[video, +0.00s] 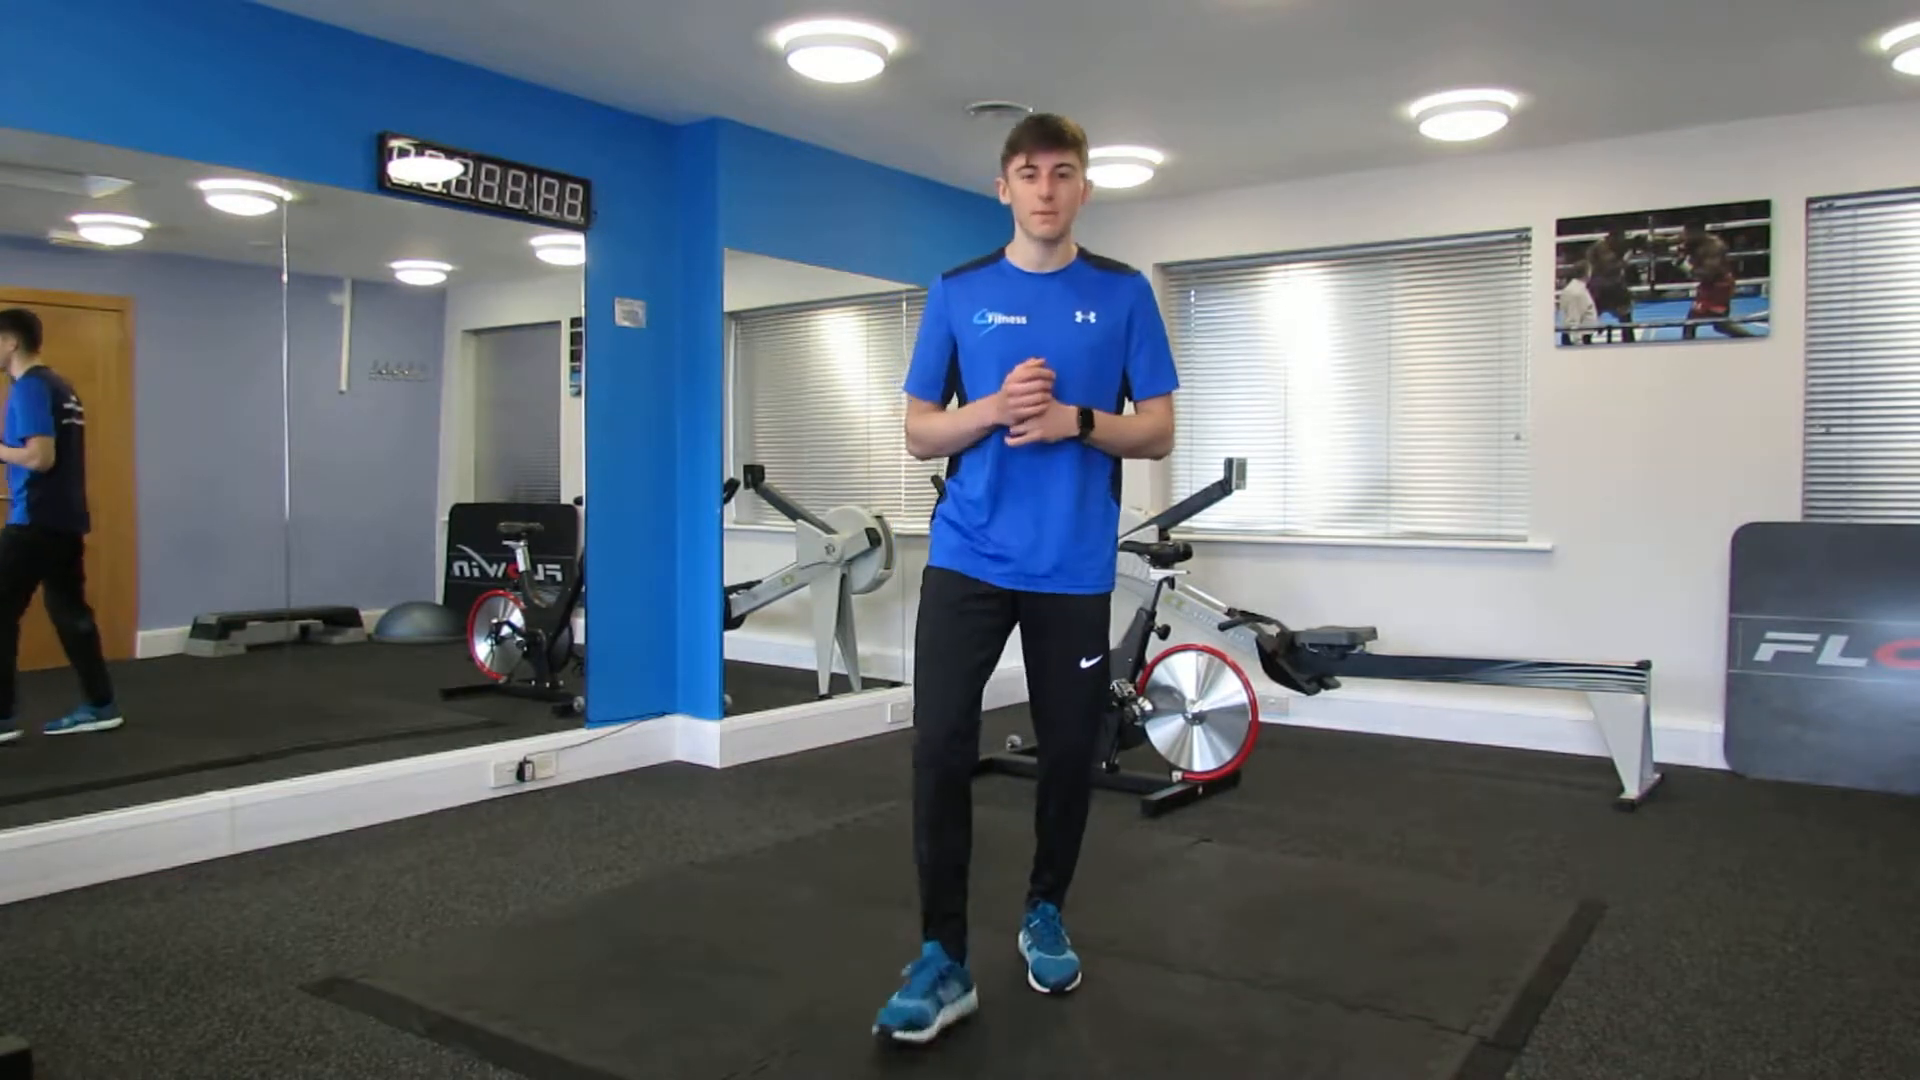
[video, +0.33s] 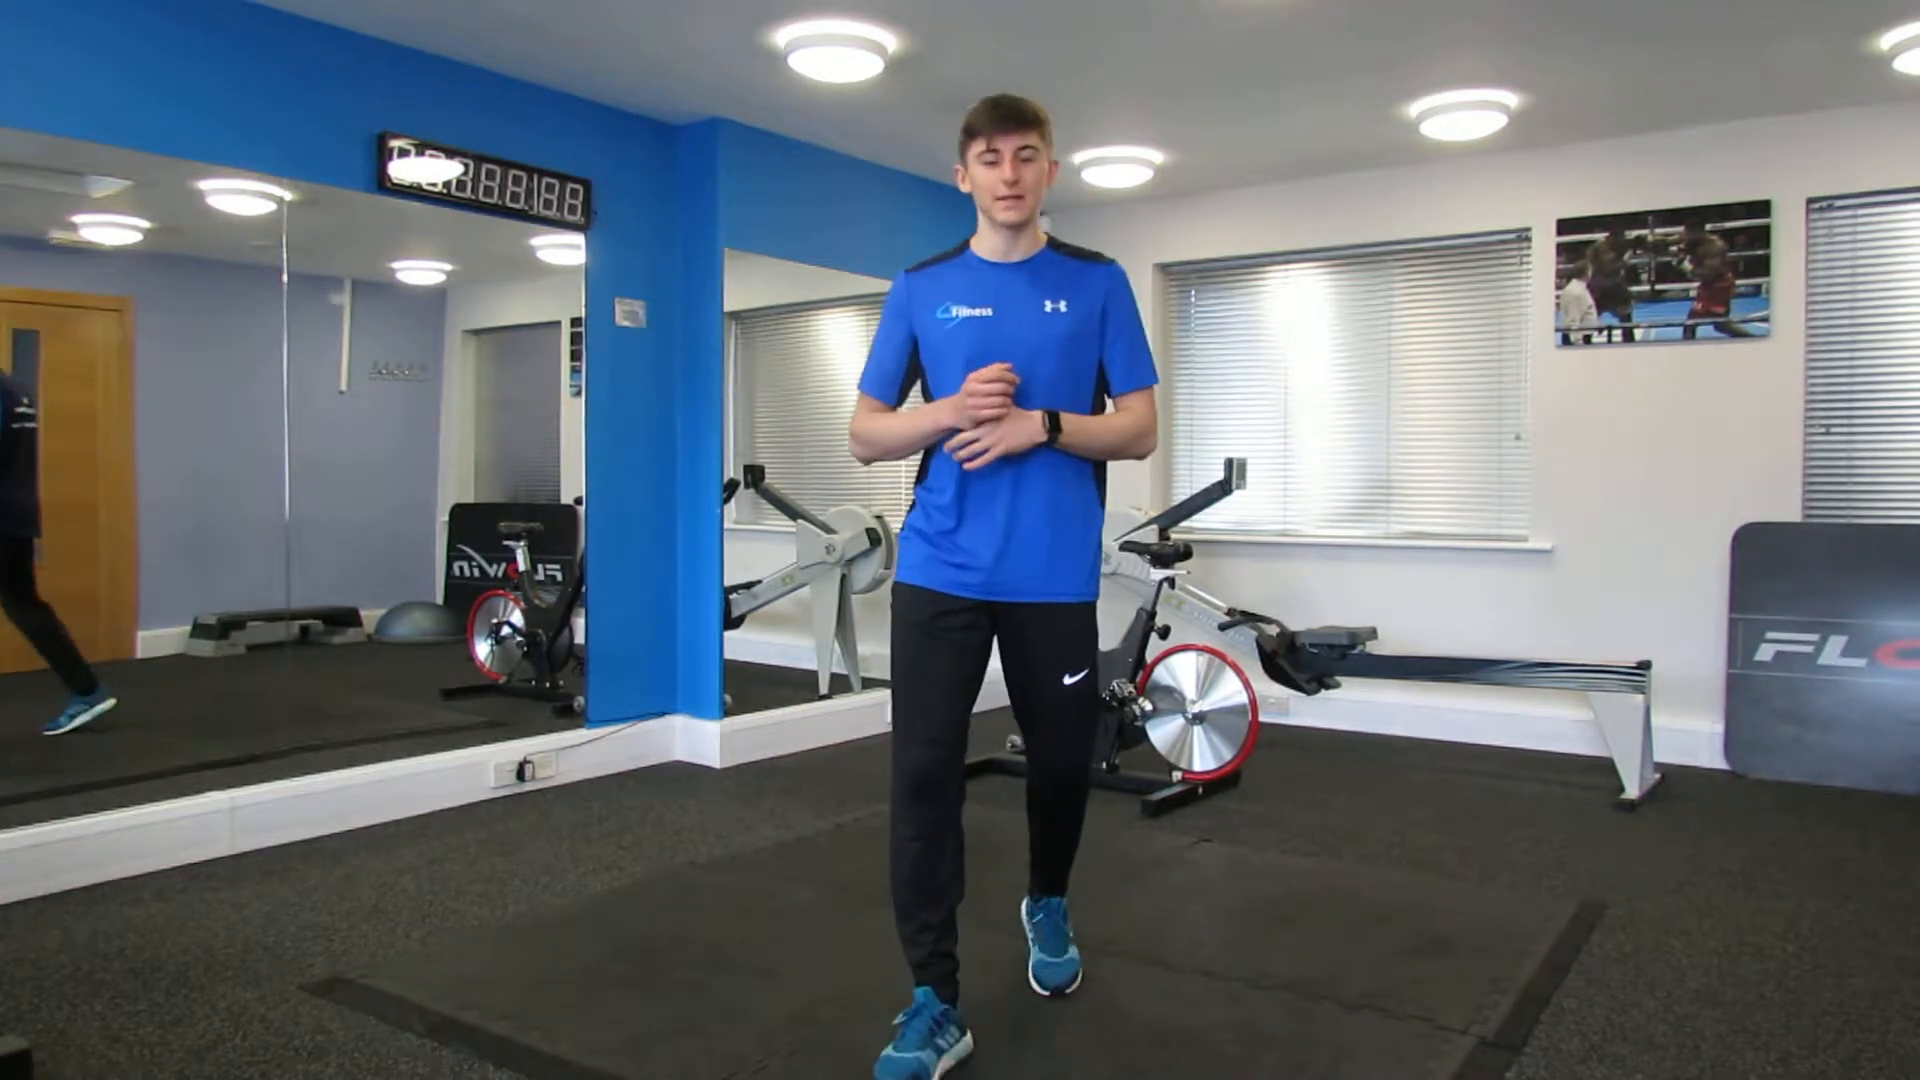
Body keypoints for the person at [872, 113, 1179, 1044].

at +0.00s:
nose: (1047, 187)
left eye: (1063, 173)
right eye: (1031, 173)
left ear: (1086, 189)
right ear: (1004, 188)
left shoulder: (1125, 295)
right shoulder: (955, 293)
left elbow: (1157, 431)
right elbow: (920, 434)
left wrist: (1079, 422)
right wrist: (995, 408)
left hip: (1073, 568)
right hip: (967, 560)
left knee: (1071, 753)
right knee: (939, 748)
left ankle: (1045, 912)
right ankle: (943, 954)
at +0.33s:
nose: (1009, 172)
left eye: (1026, 157)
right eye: (990, 158)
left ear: (1051, 172)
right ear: (965, 175)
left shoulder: (1098, 284)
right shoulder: (919, 288)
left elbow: (1140, 428)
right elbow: (868, 436)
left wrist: (1041, 424)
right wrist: (946, 412)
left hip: (1055, 575)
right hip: (940, 570)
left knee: (1065, 763)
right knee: (924, 774)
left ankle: (1047, 902)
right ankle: (934, 996)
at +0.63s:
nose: (961, 151)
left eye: (978, 133)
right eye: (942, 139)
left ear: (1015, 142)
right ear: (923, 159)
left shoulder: (1076, 263)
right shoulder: (892, 280)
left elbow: (1122, 421)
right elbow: (839, 435)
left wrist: (1001, 413)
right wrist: (900, 407)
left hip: (1029, 575)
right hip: (911, 574)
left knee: (1033, 785)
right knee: (904, 785)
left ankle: (1052, 916)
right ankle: (930, 1000)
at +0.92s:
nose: (973, 134)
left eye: (992, 114)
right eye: (955, 121)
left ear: (1032, 126)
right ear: (937, 141)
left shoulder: (1099, 243)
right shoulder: (914, 271)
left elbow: (1147, 413)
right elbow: (881, 441)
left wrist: (1006, 407)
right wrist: (904, 402)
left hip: (1041, 571)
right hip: (928, 570)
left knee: (1044, 799)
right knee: (915, 792)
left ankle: (1160, 991)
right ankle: (936, 1004)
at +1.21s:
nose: (1006, 136)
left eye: (1024, 108)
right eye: (994, 122)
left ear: (1085, 110)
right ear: (992, 142)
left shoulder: (1162, 233)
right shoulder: (1017, 266)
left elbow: (1224, 410)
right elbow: (1024, 432)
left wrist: (1055, 428)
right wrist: (958, 391)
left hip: (1122, 593)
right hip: (1019, 586)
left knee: (1141, 827)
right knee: (969, 800)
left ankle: (1210, 1044)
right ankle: (960, 1007)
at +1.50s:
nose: (1037, 139)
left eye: (1052, 113)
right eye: (1033, 120)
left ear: (1119, 110)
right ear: (1089, 123)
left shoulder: (1205, 228)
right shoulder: (1093, 247)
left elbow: (1255, 408)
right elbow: (1133, 400)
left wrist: (1088, 429)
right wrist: (1053, 389)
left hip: (1194, 583)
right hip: (1110, 574)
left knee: (1192, 815)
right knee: (1090, 792)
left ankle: (1219, 1039)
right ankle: (1044, 990)